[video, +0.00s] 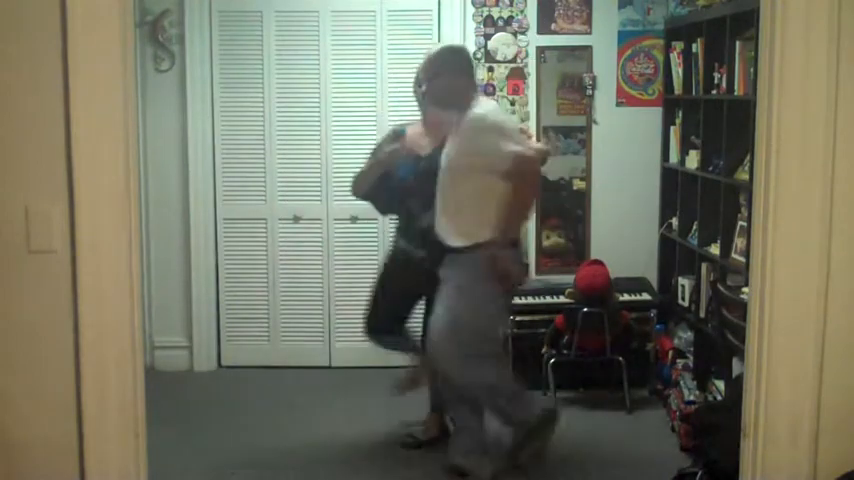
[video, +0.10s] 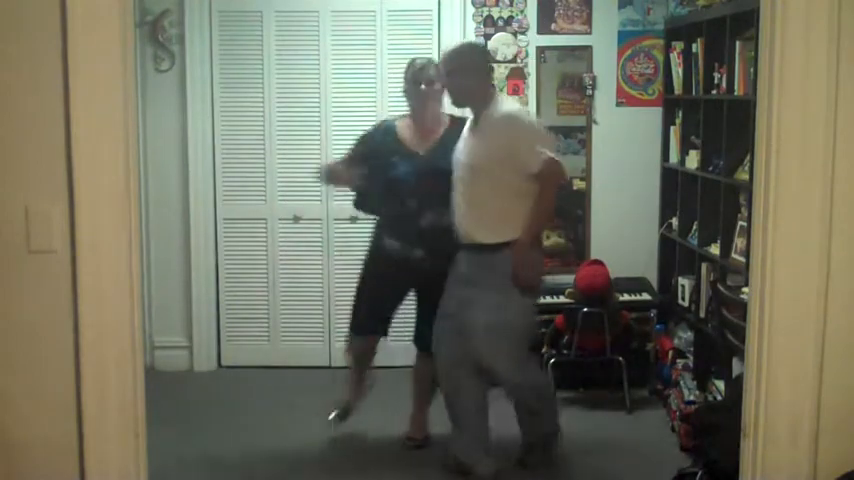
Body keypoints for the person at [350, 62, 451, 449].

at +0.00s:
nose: (432, 105)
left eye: (441, 96)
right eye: (425, 93)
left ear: (458, 97)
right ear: (417, 93)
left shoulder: (468, 143)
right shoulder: (400, 140)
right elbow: (361, 188)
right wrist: (394, 156)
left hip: (453, 256)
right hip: (410, 252)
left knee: (441, 341)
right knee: (380, 327)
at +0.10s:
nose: (425, 89)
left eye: (432, 82)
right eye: (418, 83)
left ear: (444, 88)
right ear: (406, 90)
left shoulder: (461, 135)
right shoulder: (385, 134)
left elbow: (486, 174)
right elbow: (343, 171)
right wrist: (343, 175)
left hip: (441, 253)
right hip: (390, 249)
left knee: (431, 345)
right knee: (362, 334)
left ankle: (419, 418)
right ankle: (356, 390)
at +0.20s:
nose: (422, 92)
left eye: (426, 85)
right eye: (413, 86)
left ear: (432, 90)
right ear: (395, 92)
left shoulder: (455, 137)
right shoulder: (369, 136)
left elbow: (486, 180)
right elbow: (324, 160)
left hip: (434, 258)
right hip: (379, 254)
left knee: (420, 345)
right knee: (362, 340)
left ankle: (404, 421)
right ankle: (320, 418)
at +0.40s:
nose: (403, 99)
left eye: (403, 92)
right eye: (396, 92)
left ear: (397, 98)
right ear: (369, 97)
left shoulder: (420, 142)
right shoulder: (336, 142)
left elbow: (468, 161)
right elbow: (287, 160)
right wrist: (263, 129)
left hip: (402, 260)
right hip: (349, 260)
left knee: (411, 344)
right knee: (343, 351)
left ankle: (400, 417)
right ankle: (316, 440)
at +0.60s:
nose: (390, 95)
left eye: (389, 88)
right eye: (382, 90)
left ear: (378, 97)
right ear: (357, 97)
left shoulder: (402, 138)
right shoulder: (334, 140)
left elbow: (446, 157)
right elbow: (323, 173)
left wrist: (482, 147)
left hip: (388, 260)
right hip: (336, 263)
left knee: (428, 336)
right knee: (330, 354)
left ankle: (410, 424)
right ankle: (314, 443)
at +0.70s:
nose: (397, 96)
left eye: (395, 89)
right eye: (388, 90)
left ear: (385, 96)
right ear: (362, 98)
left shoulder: (405, 137)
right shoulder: (345, 142)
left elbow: (447, 152)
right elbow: (372, 185)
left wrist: (483, 145)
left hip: (393, 263)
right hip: (342, 265)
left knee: (427, 341)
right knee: (334, 354)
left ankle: (421, 443)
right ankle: (314, 444)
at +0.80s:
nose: (412, 95)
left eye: (410, 89)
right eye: (404, 89)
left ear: (399, 96)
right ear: (380, 97)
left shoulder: (414, 138)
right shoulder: (365, 145)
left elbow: (431, 183)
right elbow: (408, 191)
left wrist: (453, 193)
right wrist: (473, 185)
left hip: (408, 265)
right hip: (361, 266)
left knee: (423, 352)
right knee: (354, 360)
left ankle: (418, 451)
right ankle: (318, 437)